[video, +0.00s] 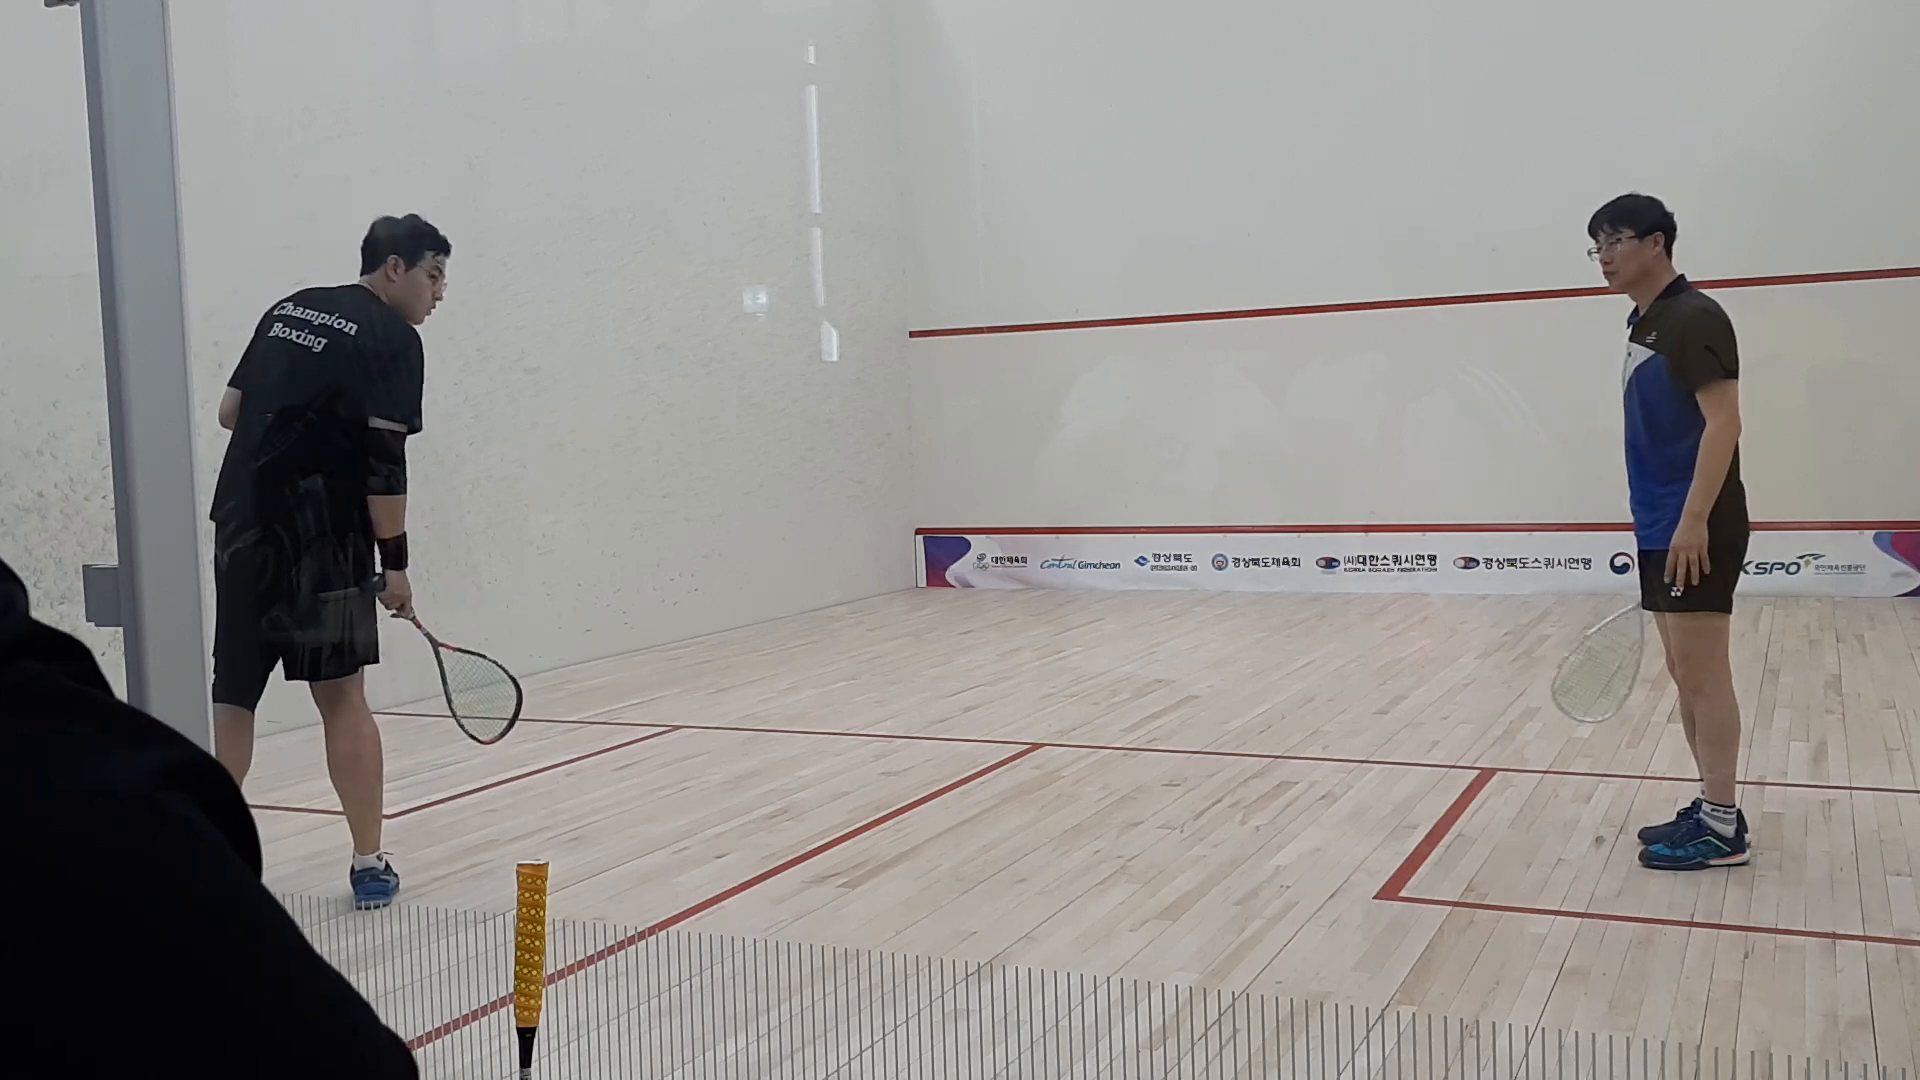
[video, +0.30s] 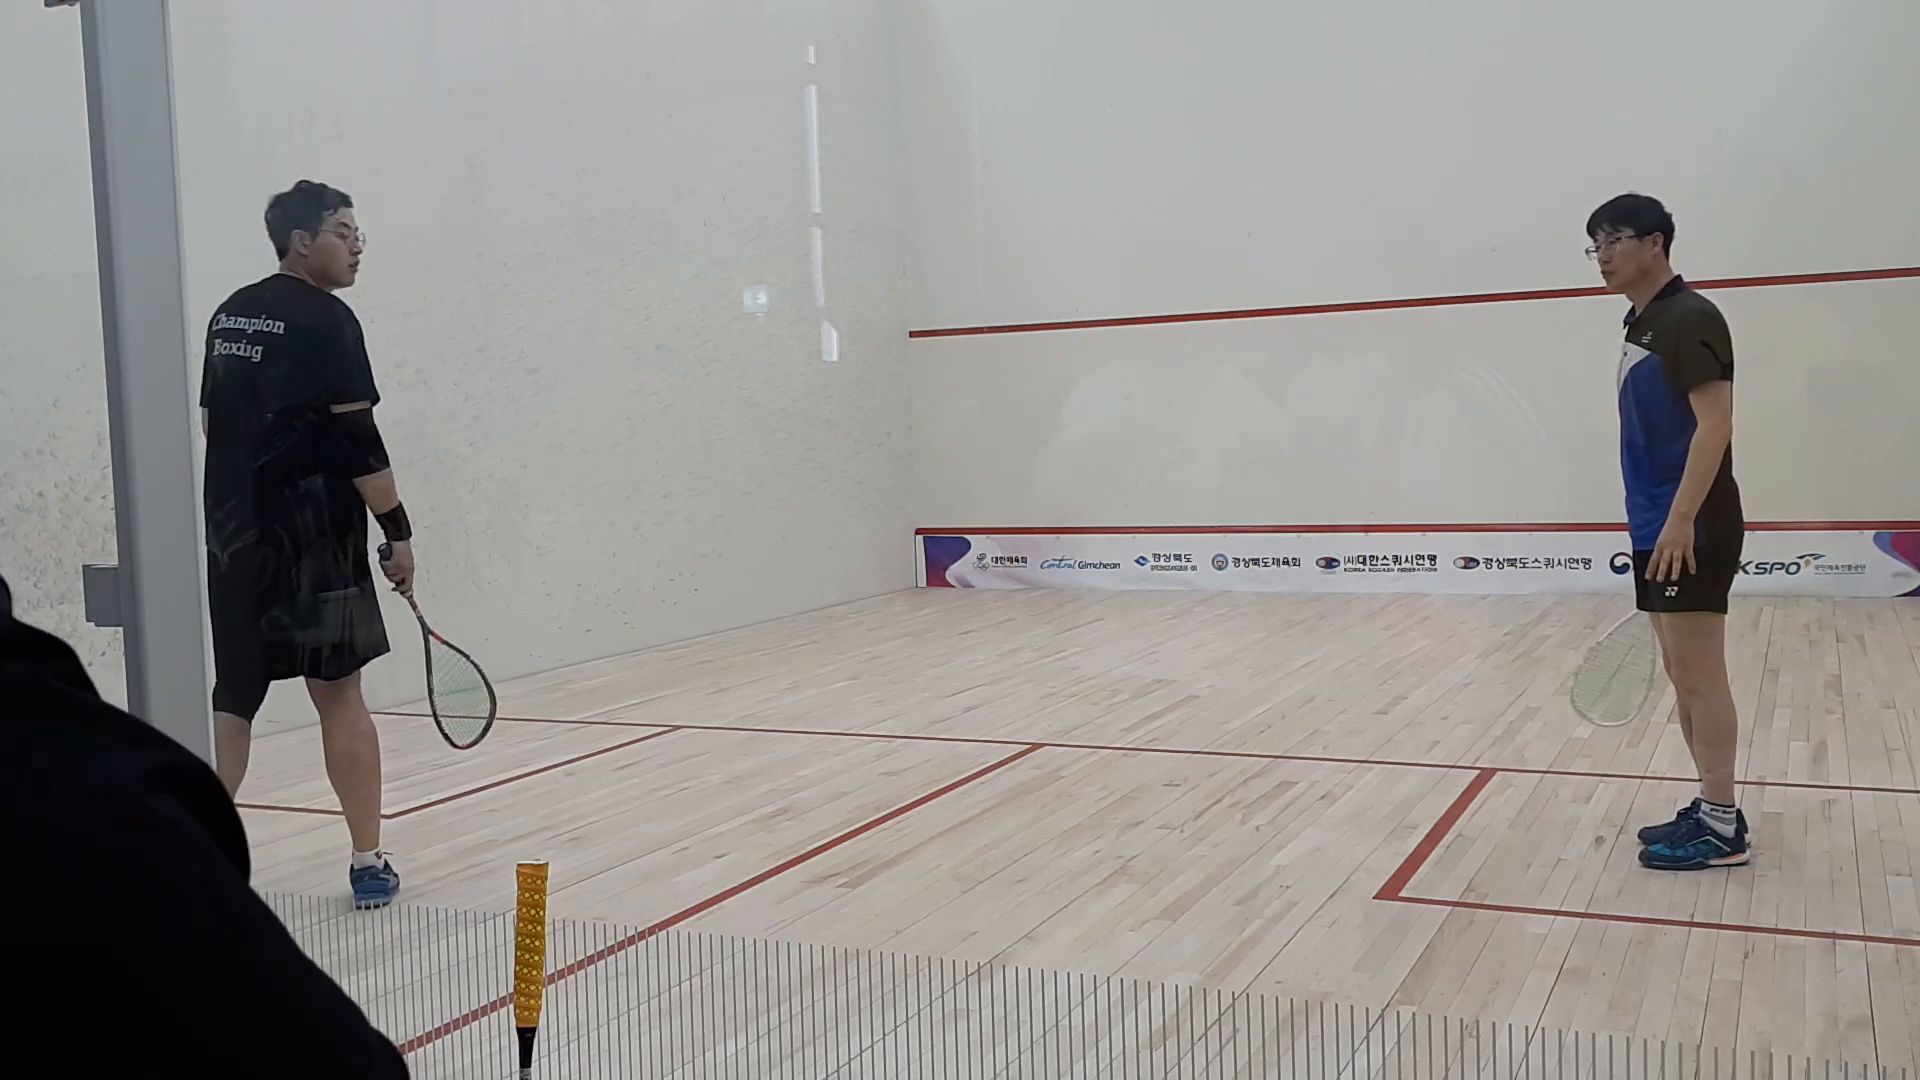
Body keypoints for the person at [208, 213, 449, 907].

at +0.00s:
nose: (440, 294)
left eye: (442, 280)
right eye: (435, 277)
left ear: (374, 269)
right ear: (394, 268)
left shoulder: (292, 307)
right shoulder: (393, 340)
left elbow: (232, 409)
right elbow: (385, 465)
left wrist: (290, 457)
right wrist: (396, 567)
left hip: (240, 534)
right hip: (322, 541)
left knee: (229, 701)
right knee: (342, 699)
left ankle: (205, 860)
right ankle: (369, 864)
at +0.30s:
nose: (360, 246)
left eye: (357, 232)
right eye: (346, 233)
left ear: (292, 244)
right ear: (302, 241)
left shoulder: (231, 312)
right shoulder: (329, 321)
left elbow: (212, 425)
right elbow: (358, 442)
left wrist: (231, 512)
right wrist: (398, 532)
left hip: (234, 547)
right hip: (317, 544)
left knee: (230, 709)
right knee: (341, 699)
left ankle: (203, 864)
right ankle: (368, 862)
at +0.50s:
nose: (305, 242)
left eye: (301, 226)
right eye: (293, 228)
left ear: (240, 242)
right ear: (251, 239)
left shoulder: (180, 313)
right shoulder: (278, 316)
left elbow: (167, 435)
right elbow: (308, 436)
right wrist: (370, 509)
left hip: (204, 549)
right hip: (289, 545)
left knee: (210, 720)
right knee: (332, 695)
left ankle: (199, 874)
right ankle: (368, 854)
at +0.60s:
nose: (285, 242)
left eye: (280, 227)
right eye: (273, 228)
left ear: (219, 240)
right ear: (232, 238)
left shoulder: (172, 310)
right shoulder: (261, 315)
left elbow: (165, 429)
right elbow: (287, 435)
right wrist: (351, 507)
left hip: (197, 543)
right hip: (278, 535)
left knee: (206, 717)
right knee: (328, 686)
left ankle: (196, 866)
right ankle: (360, 845)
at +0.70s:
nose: (272, 241)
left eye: (268, 228)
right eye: (259, 228)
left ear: (209, 239)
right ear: (217, 236)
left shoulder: (161, 308)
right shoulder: (247, 313)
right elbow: (275, 434)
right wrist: (339, 506)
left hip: (193, 540)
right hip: (269, 532)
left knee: (204, 716)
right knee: (318, 680)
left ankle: (189, 865)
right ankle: (344, 844)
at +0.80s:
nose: (260, 237)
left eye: (258, 225)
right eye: (245, 226)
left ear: (199, 244)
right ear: (203, 239)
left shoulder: (166, 309)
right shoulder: (236, 314)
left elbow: (192, 412)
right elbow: (269, 430)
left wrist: (270, 396)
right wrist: (331, 501)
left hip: (194, 538)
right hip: (266, 530)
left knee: (203, 712)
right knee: (312, 679)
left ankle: (186, 867)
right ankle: (331, 845)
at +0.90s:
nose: (257, 235)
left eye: (255, 224)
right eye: (239, 224)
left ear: (198, 248)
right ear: (196, 241)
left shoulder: (166, 312)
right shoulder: (234, 320)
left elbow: (191, 425)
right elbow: (269, 440)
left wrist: (277, 423)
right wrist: (331, 504)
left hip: (193, 538)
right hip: (262, 531)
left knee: (207, 710)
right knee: (304, 681)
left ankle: (191, 867)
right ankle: (321, 846)